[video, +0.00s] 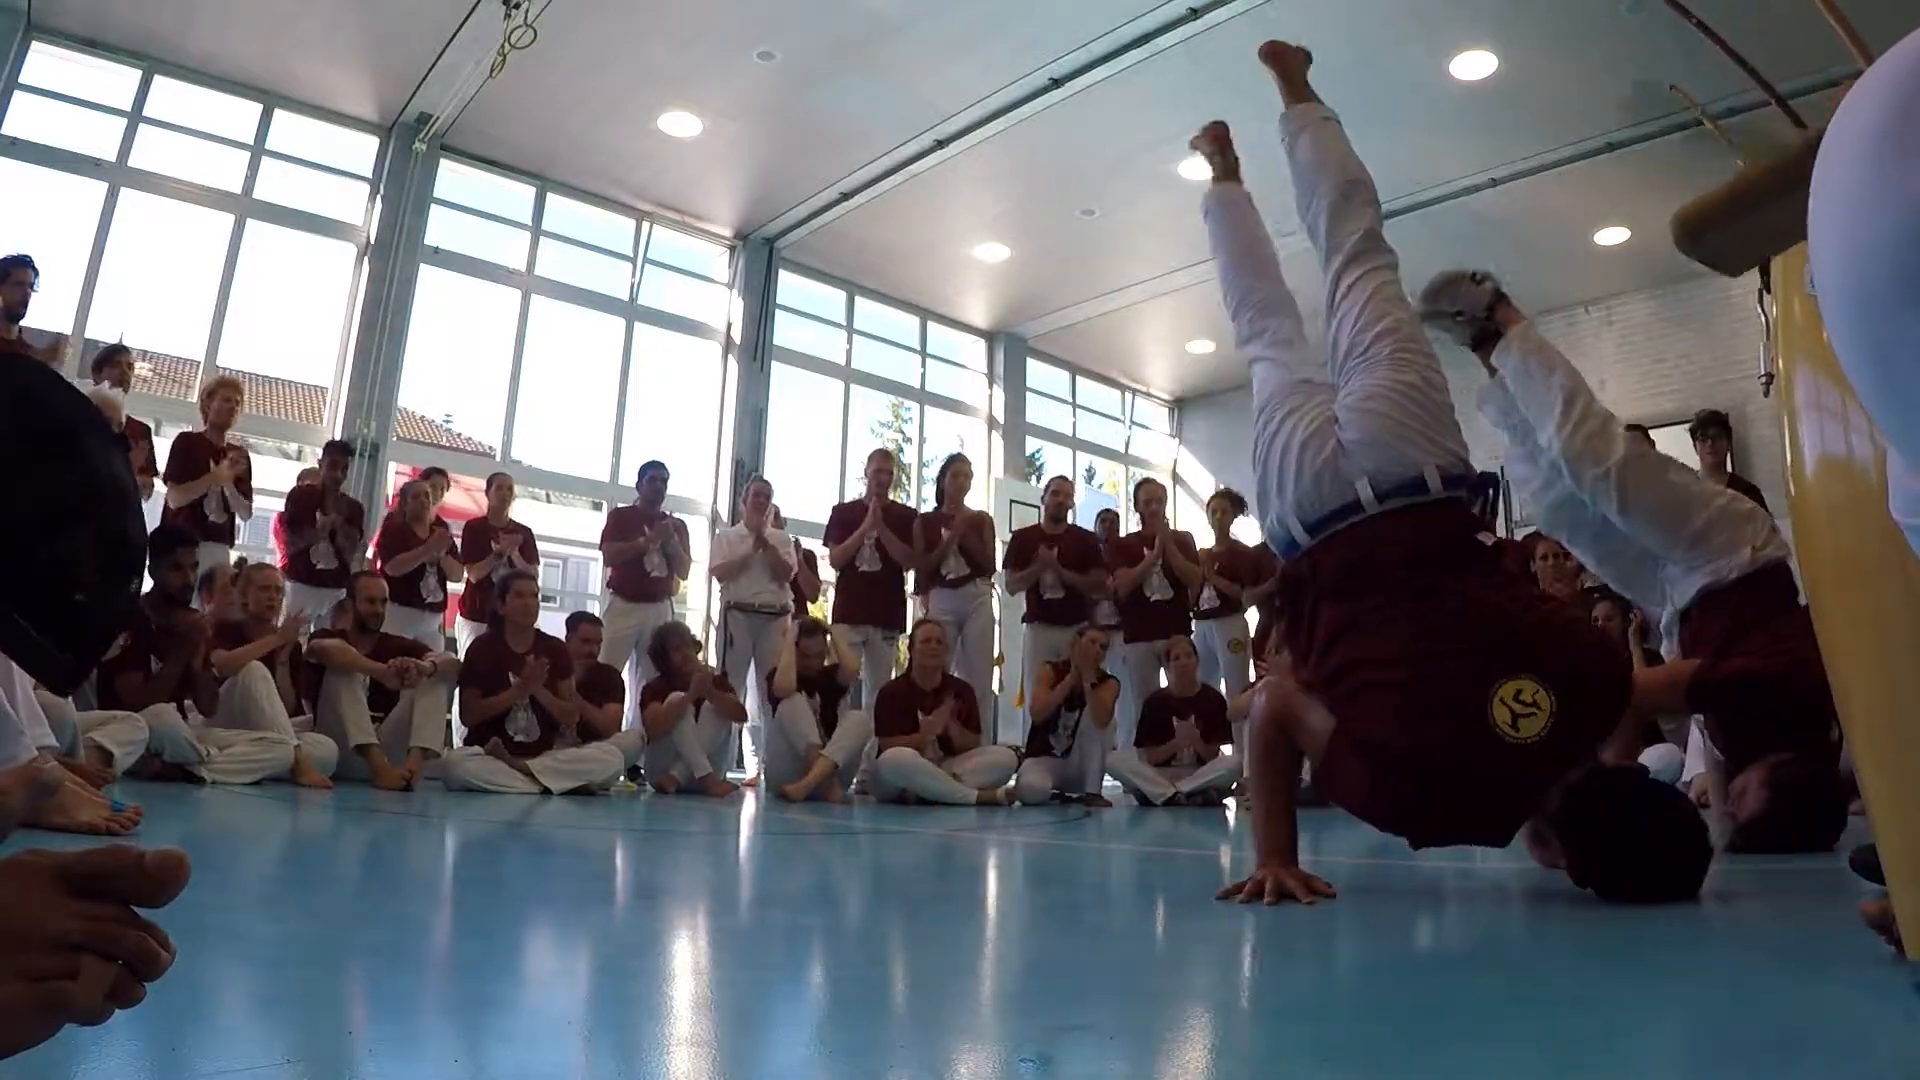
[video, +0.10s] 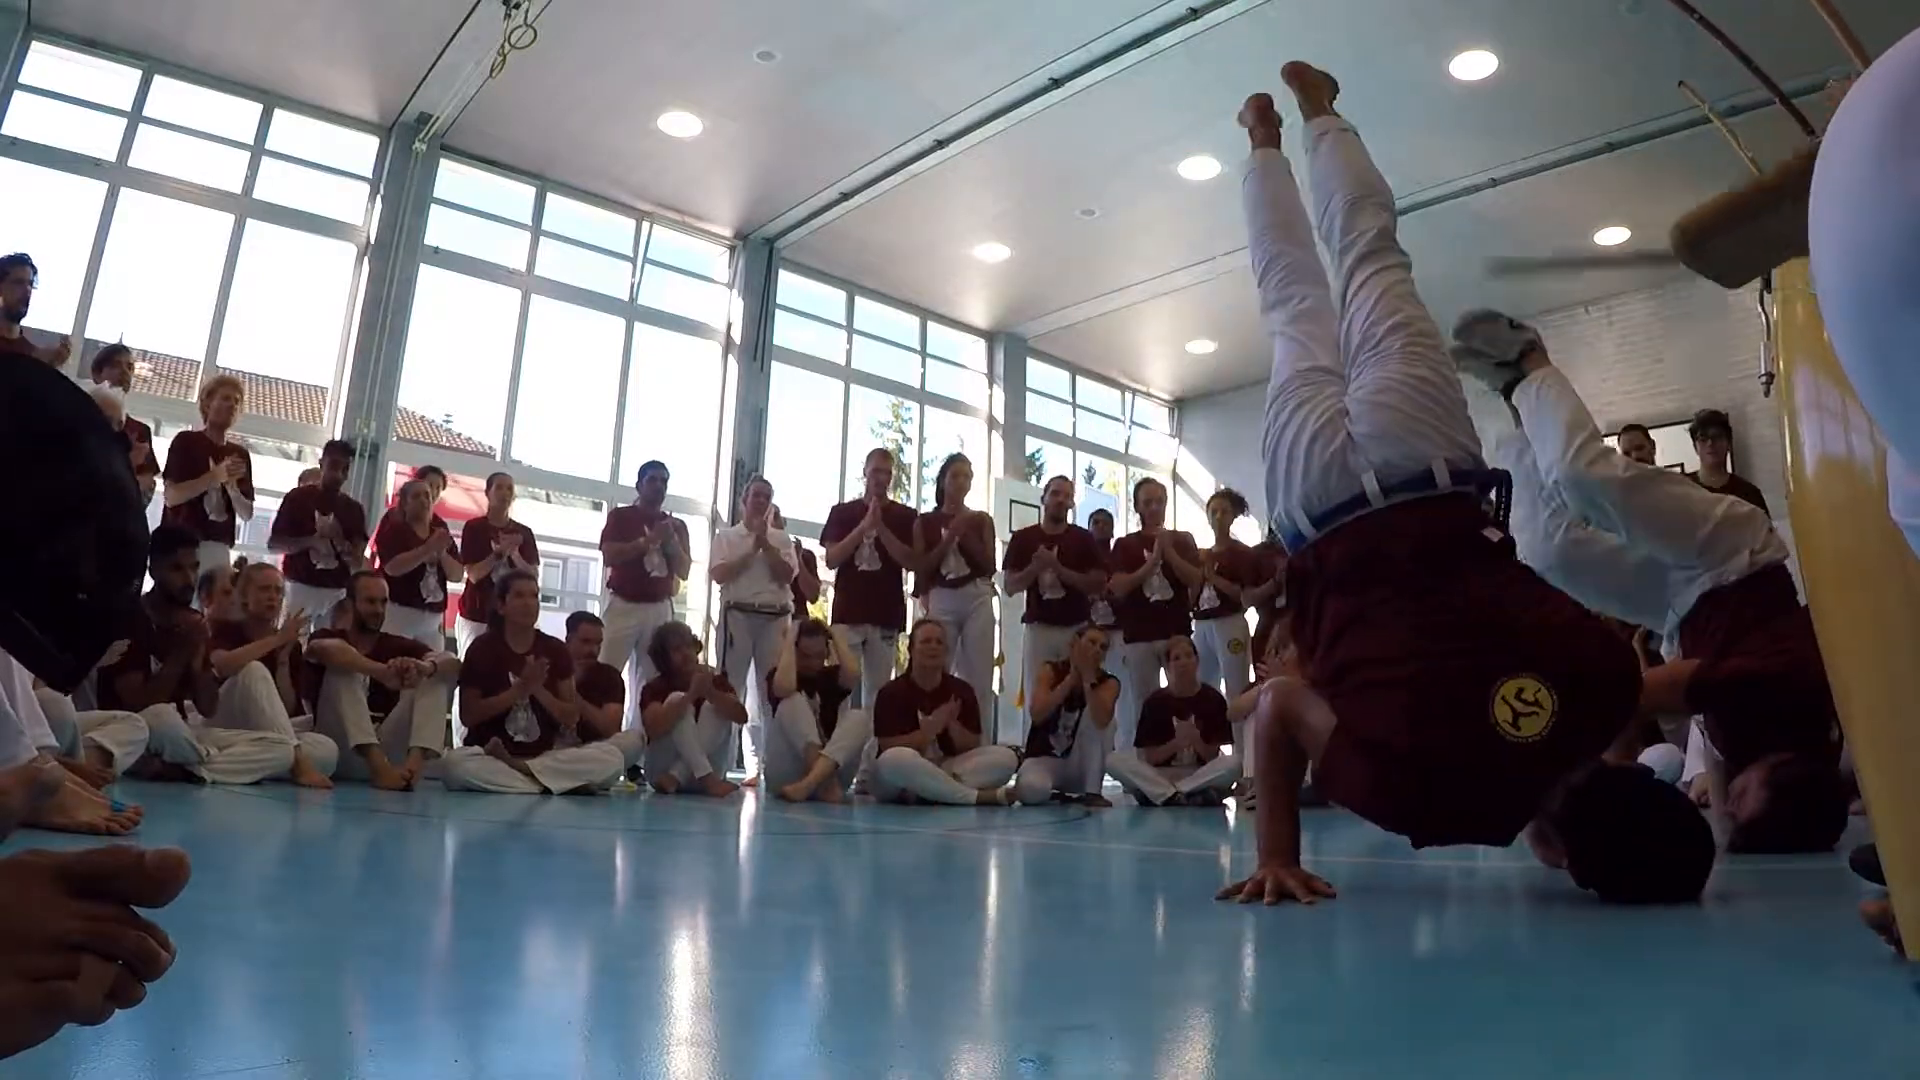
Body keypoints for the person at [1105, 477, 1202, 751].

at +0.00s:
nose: (1154, 506)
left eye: (1159, 501)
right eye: (1148, 502)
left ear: (1166, 504)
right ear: (1137, 506)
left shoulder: (1183, 539)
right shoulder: (1124, 544)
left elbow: (1194, 580)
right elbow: (1121, 587)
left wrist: (1170, 547)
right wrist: (1152, 558)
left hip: (1178, 635)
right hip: (1140, 638)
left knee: (1185, 705)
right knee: (1141, 710)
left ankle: (1189, 769)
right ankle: (1137, 775)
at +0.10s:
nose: (1155, 507)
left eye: (1159, 501)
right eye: (1148, 502)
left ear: (1166, 504)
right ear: (1137, 506)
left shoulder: (1183, 540)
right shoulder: (1126, 544)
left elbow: (1195, 579)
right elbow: (1117, 588)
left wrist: (1169, 553)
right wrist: (1151, 563)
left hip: (1177, 635)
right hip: (1139, 638)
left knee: (1184, 705)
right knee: (1142, 709)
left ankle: (1188, 767)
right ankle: (1140, 773)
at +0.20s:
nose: (1154, 507)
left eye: (1159, 501)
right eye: (1147, 502)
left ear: (1166, 503)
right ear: (1136, 506)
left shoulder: (1183, 541)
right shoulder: (1125, 545)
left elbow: (1196, 583)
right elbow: (1116, 592)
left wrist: (1169, 563)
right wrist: (1147, 576)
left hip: (1177, 636)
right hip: (1139, 639)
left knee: (1185, 703)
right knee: (1143, 708)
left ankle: (1189, 765)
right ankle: (1143, 772)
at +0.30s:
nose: (1154, 507)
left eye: (1159, 501)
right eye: (1148, 502)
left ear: (1165, 504)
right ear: (1136, 506)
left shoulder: (1183, 541)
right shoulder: (1124, 544)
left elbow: (1196, 583)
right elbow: (1115, 594)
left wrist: (1173, 564)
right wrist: (1146, 568)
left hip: (1176, 635)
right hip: (1139, 638)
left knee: (1184, 702)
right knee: (1145, 708)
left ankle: (1188, 765)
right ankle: (1146, 769)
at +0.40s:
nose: (1154, 507)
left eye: (1159, 501)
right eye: (1148, 502)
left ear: (1166, 504)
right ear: (1136, 507)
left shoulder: (1182, 540)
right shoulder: (1124, 544)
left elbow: (1195, 584)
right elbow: (1118, 590)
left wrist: (1176, 552)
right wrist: (1141, 560)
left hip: (1176, 635)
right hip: (1139, 638)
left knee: (1183, 704)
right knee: (1144, 709)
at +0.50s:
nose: (1154, 507)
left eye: (1159, 501)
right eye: (1148, 502)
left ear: (1165, 504)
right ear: (1136, 506)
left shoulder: (1182, 540)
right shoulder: (1125, 543)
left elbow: (1195, 582)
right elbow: (1119, 587)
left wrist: (1169, 554)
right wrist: (1151, 559)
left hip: (1176, 635)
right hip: (1139, 638)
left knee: (1184, 702)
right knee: (1144, 707)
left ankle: (1189, 762)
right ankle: (1145, 766)